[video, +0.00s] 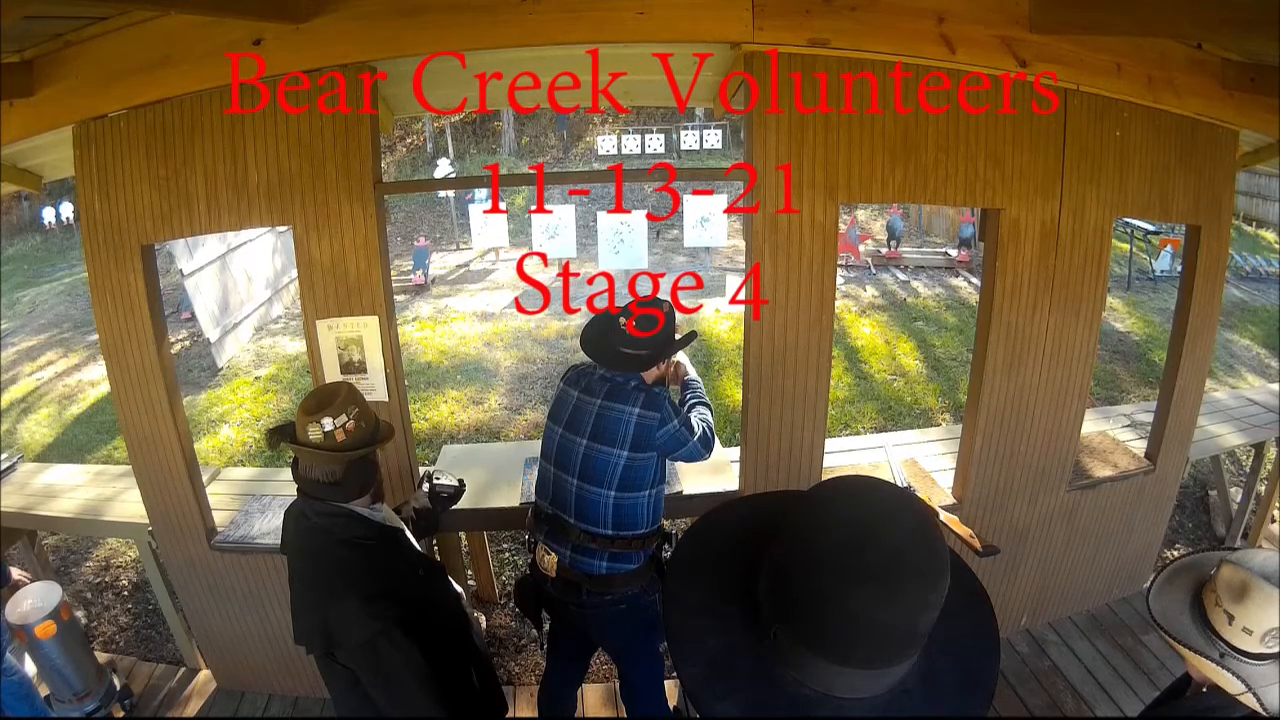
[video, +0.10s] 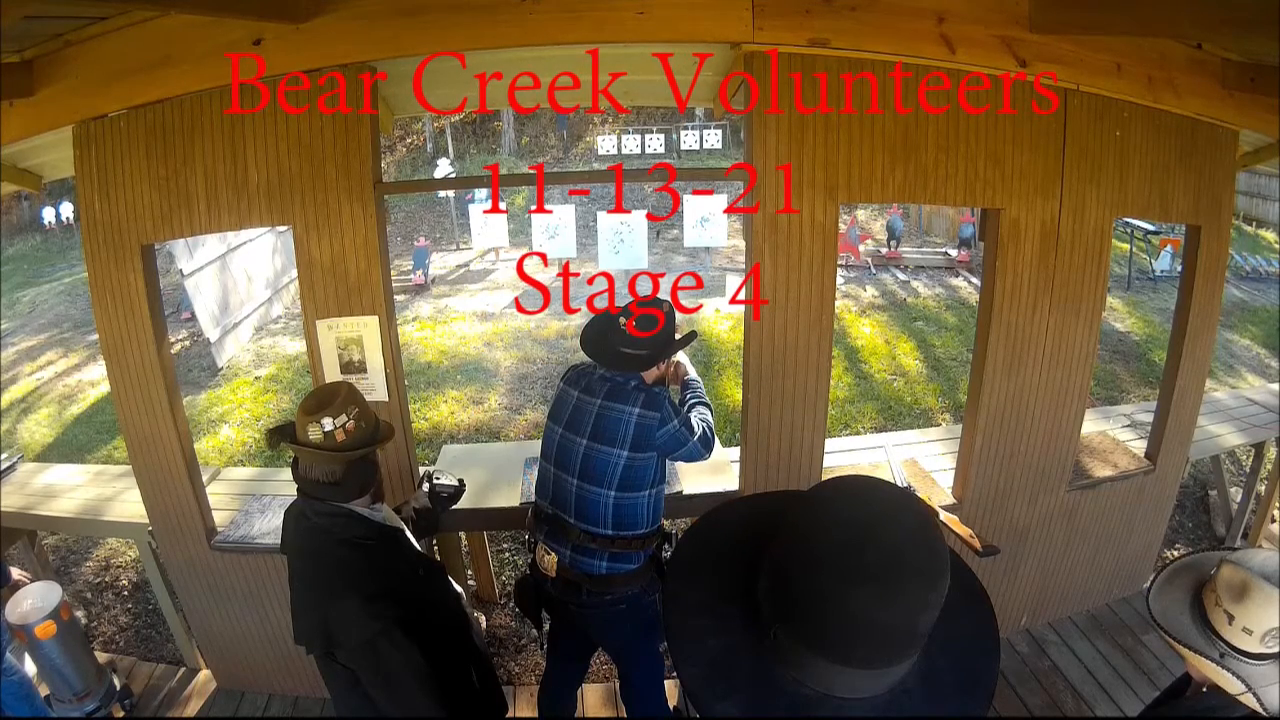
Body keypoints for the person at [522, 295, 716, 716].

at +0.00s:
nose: (667, 360)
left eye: (667, 353)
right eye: (665, 353)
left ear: (608, 347)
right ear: (652, 363)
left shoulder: (572, 381)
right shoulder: (652, 410)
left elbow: (616, 392)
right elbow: (701, 442)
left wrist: (651, 377)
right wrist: (690, 379)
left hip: (555, 576)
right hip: (618, 588)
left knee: (559, 678)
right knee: (645, 687)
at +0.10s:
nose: (669, 359)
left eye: (669, 352)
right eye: (667, 352)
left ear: (609, 347)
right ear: (653, 362)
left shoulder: (572, 380)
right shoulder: (652, 410)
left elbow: (618, 391)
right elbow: (701, 443)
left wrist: (653, 377)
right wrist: (691, 379)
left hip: (556, 575)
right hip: (617, 587)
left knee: (559, 679)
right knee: (645, 684)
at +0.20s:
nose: (669, 359)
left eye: (668, 351)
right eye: (667, 352)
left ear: (609, 347)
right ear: (653, 362)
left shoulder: (572, 380)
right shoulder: (652, 410)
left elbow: (618, 392)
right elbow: (701, 443)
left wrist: (654, 378)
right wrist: (691, 379)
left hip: (556, 573)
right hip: (618, 586)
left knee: (560, 678)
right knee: (645, 685)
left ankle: (552, 715)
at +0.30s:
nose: (667, 359)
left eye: (667, 352)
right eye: (665, 352)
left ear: (608, 347)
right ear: (653, 362)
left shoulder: (571, 381)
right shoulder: (652, 410)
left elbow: (616, 392)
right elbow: (701, 443)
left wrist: (651, 376)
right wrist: (691, 379)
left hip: (556, 576)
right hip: (619, 588)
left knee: (559, 679)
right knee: (645, 687)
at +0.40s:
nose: (667, 360)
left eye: (667, 353)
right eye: (664, 353)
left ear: (607, 347)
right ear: (652, 362)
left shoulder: (572, 381)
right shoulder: (652, 410)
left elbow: (616, 392)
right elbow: (701, 443)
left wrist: (652, 377)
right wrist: (691, 379)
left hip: (555, 575)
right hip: (618, 588)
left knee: (559, 678)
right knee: (645, 687)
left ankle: (552, 715)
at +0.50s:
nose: (669, 359)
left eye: (668, 352)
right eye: (666, 352)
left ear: (609, 347)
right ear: (653, 362)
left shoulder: (572, 380)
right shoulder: (652, 410)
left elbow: (617, 391)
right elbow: (701, 442)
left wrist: (653, 377)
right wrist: (692, 379)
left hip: (555, 574)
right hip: (617, 587)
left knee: (559, 678)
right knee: (645, 685)